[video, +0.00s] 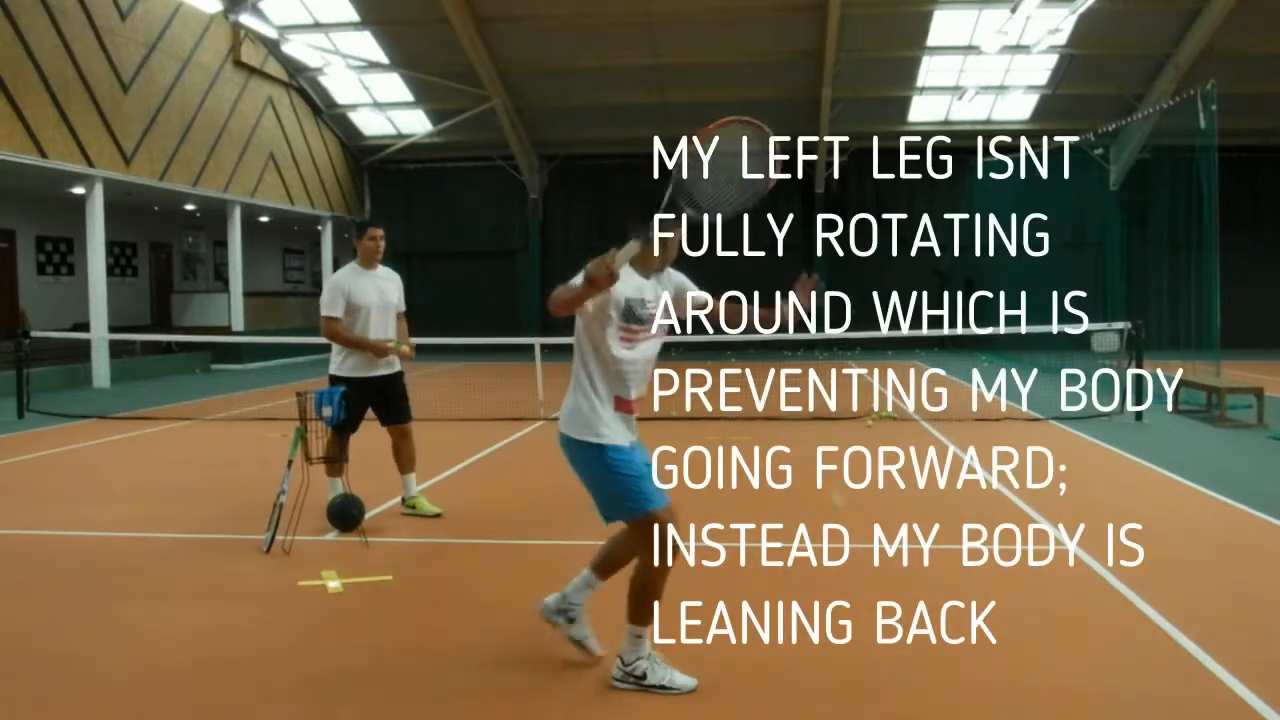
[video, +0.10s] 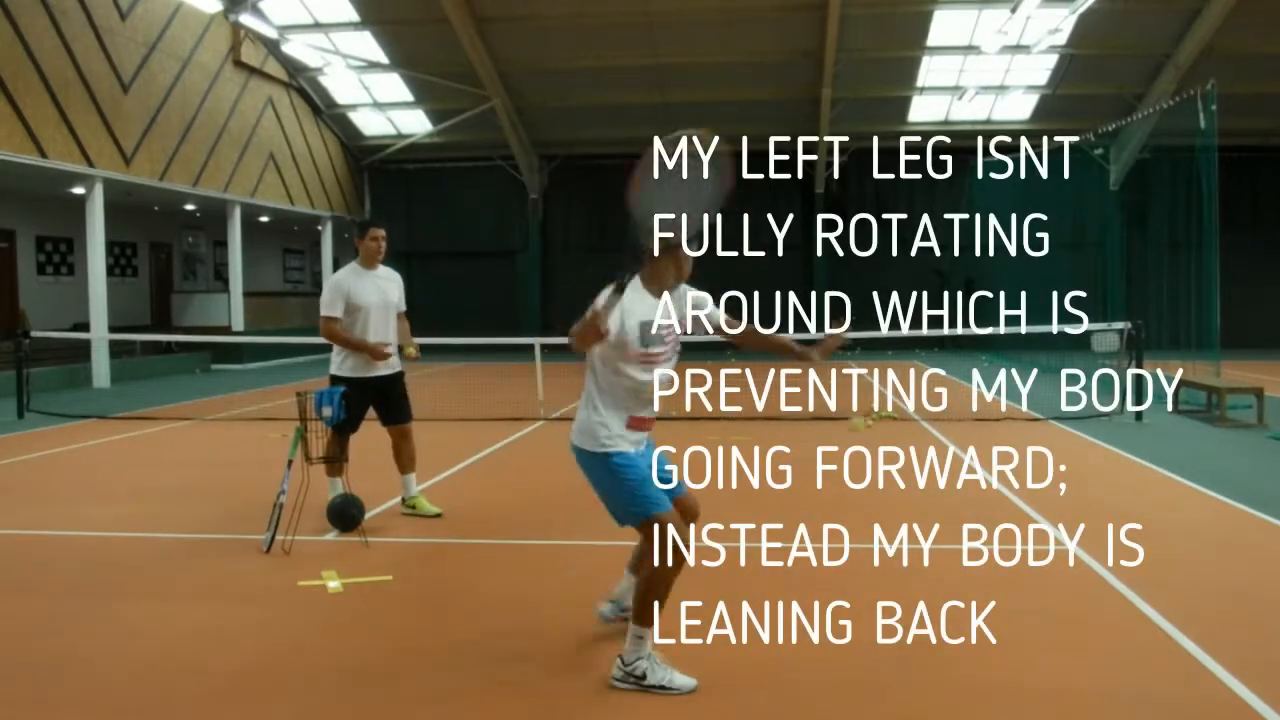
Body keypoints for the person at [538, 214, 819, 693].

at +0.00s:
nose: (680, 245)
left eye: (682, 236)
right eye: (674, 234)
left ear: (678, 242)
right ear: (654, 234)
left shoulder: (671, 284)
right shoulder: (605, 273)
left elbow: (729, 315)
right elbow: (555, 307)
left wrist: (788, 306)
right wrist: (588, 287)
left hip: (620, 427)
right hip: (591, 428)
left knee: (649, 527)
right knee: (663, 531)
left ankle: (567, 602)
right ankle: (634, 659)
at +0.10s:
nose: (691, 262)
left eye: (691, 253)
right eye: (685, 254)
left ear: (668, 258)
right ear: (662, 256)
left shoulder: (684, 298)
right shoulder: (618, 296)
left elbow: (739, 332)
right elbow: (577, 341)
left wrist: (803, 352)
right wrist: (593, 331)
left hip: (635, 438)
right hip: (603, 441)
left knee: (686, 511)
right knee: (669, 537)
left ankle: (626, 599)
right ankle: (635, 658)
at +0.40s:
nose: (721, 249)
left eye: (718, 240)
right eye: (718, 241)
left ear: (686, 240)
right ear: (706, 244)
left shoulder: (666, 276)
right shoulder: (689, 287)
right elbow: (689, 361)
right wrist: (692, 424)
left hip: (644, 409)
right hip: (667, 417)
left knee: (673, 509)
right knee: (694, 515)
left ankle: (654, 598)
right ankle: (657, 621)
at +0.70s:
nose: (742, 208)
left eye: (739, 201)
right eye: (740, 202)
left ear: (692, 205)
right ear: (730, 204)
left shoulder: (672, 253)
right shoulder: (742, 248)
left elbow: (629, 304)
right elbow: (706, 238)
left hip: (682, 391)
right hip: (734, 389)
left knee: (674, 494)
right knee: (735, 487)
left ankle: (674, 602)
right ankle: (755, 587)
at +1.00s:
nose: (706, 233)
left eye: (710, 227)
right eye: (711, 229)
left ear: (720, 235)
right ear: (744, 231)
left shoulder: (735, 283)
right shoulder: (753, 268)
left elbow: (755, 347)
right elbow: (677, 288)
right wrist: (714, 263)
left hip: (742, 405)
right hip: (775, 401)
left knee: (698, 496)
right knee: (789, 483)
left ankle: (682, 600)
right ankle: (833, 569)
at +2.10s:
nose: (666, 233)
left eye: (653, 223)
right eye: (667, 225)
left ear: (626, 226)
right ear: (666, 228)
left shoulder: (597, 278)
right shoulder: (679, 280)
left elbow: (581, 355)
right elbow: (701, 354)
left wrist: (624, 373)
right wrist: (722, 379)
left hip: (605, 432)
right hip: (663, 432)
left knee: (592, 543)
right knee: (704, 532)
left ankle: (569, 659)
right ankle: (750, 618)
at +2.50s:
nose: (636, 217)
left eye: (629, 209)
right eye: (636, 210)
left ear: (591, 214)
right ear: (633, 214)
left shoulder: (571, 271)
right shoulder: (625, 277)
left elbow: (589, 353)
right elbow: (637, 363)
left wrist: (653, 350)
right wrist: (666, 398)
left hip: (560, 432)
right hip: (604, 440)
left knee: (587, 550)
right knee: (615, 564)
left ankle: (547, 656)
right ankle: (541, 682)